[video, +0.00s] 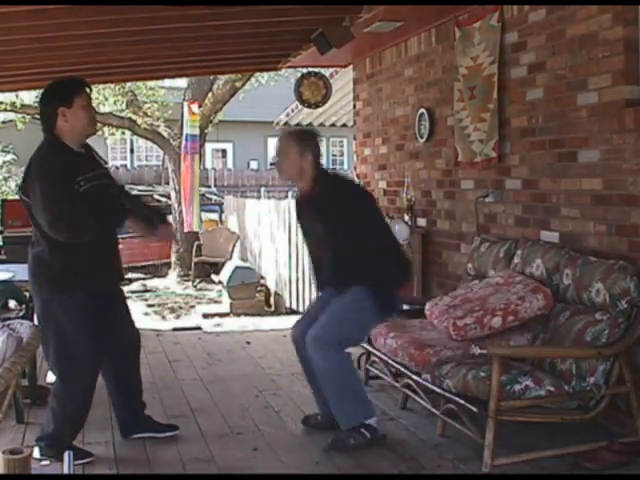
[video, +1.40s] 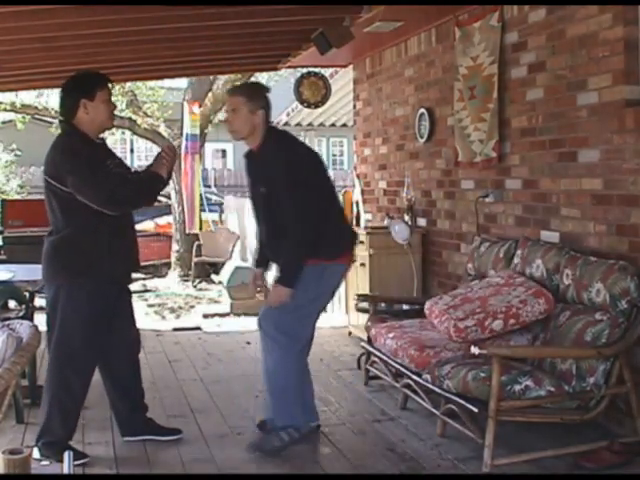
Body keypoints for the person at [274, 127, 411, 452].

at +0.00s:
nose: (276, 163)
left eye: (281, 155)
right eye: (276, 156)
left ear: (306, 157)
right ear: (299, 159)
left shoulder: (346, 193)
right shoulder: (304, 202)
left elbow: (380, 244)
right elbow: (322, 251)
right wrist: (328, 290)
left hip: (375, 286)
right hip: (340, 285)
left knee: (321, 340)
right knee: (302, 334)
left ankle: (364, 425)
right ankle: (333, 413)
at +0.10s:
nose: (269, 132)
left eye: (276, 123)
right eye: (270, 124)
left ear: (298, 127)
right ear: (289, 129)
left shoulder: (330, 169)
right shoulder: (296, 172)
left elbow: (349, 229)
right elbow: (303, 230)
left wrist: (349, 290)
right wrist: (295, 279)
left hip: (347, 273)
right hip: (325, 272)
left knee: (302, 335)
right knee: (294, 337)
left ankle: (352, 412)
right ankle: (332, 411)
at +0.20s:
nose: (260, 110)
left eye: (266, 103)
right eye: (261, 103)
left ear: (291, 107)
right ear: (284, 109)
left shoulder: (312, 150)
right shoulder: (287, 151)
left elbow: (324, 216)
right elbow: (288, 214)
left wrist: (305, 275)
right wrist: (256, 252)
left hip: (333, 260)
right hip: (323, 259)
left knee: (279, 327)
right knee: (308, 339)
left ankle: (311, 412)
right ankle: (342, 411)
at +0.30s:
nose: (250, 96)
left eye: (257, 88)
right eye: (249, 89)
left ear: (281, 93)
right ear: (272, 96)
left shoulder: (298, 134)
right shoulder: (271, 137)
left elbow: (299, 203)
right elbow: (268, 205)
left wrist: (274, 258)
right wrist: (236, 241)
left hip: (309, 254)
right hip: (298, 253)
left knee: (262, 334)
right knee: (300, 342)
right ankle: (338, 409)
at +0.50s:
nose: (224, 84)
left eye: (231, 77)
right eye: (225, 77)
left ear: (256, 83)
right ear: (254, 85)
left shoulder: (259, 129)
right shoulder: (260, 125)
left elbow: (251, 199)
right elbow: (250, 196)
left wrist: (233, 259)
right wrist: (231, 250)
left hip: (264, 255)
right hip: (268, 253)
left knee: (226, 345)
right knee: (247, 335)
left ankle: (229, 440)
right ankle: (305, 394)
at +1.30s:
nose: (211, 117)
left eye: (219, 109)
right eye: (211, 110)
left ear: (244, 113)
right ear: (235, 115)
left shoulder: (273, 152)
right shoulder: (243, 153)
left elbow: (284, 221)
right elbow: (255, 218)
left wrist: (266, 277)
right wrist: (245, 263)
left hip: (312, 254)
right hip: (289, 253)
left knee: (269, 334)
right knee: (287, 337)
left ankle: (253, 433)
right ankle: (301, 416)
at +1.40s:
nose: (227, 119)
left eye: (234, 112)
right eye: (227, 112)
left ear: (258, 114)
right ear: (244, 117)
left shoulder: (285, 154)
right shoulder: (257, 156)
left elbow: (298, 222)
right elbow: (270, 219)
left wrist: (286, 280)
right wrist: (261, 263)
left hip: (325, 254)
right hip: (303, 254)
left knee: (276, 325)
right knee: (291, 334)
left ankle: (293, 421)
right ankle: (301, 418)